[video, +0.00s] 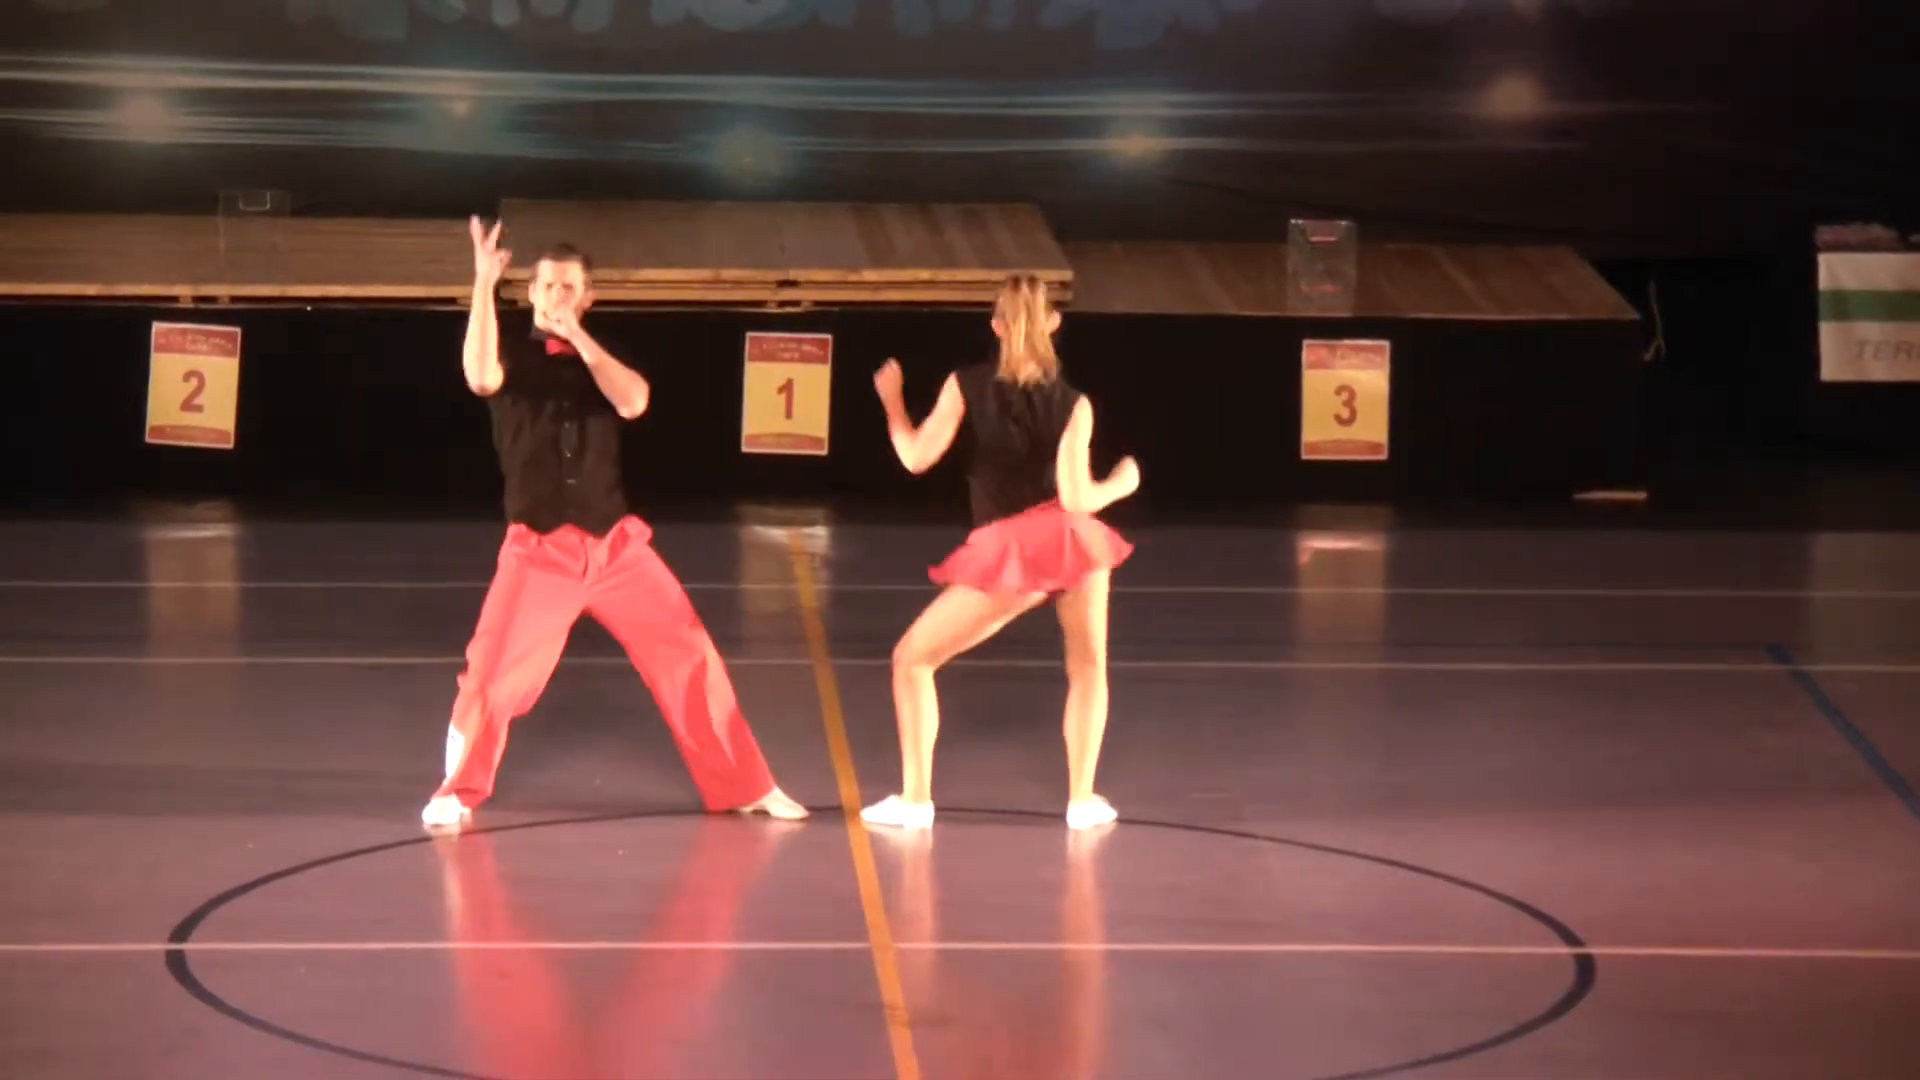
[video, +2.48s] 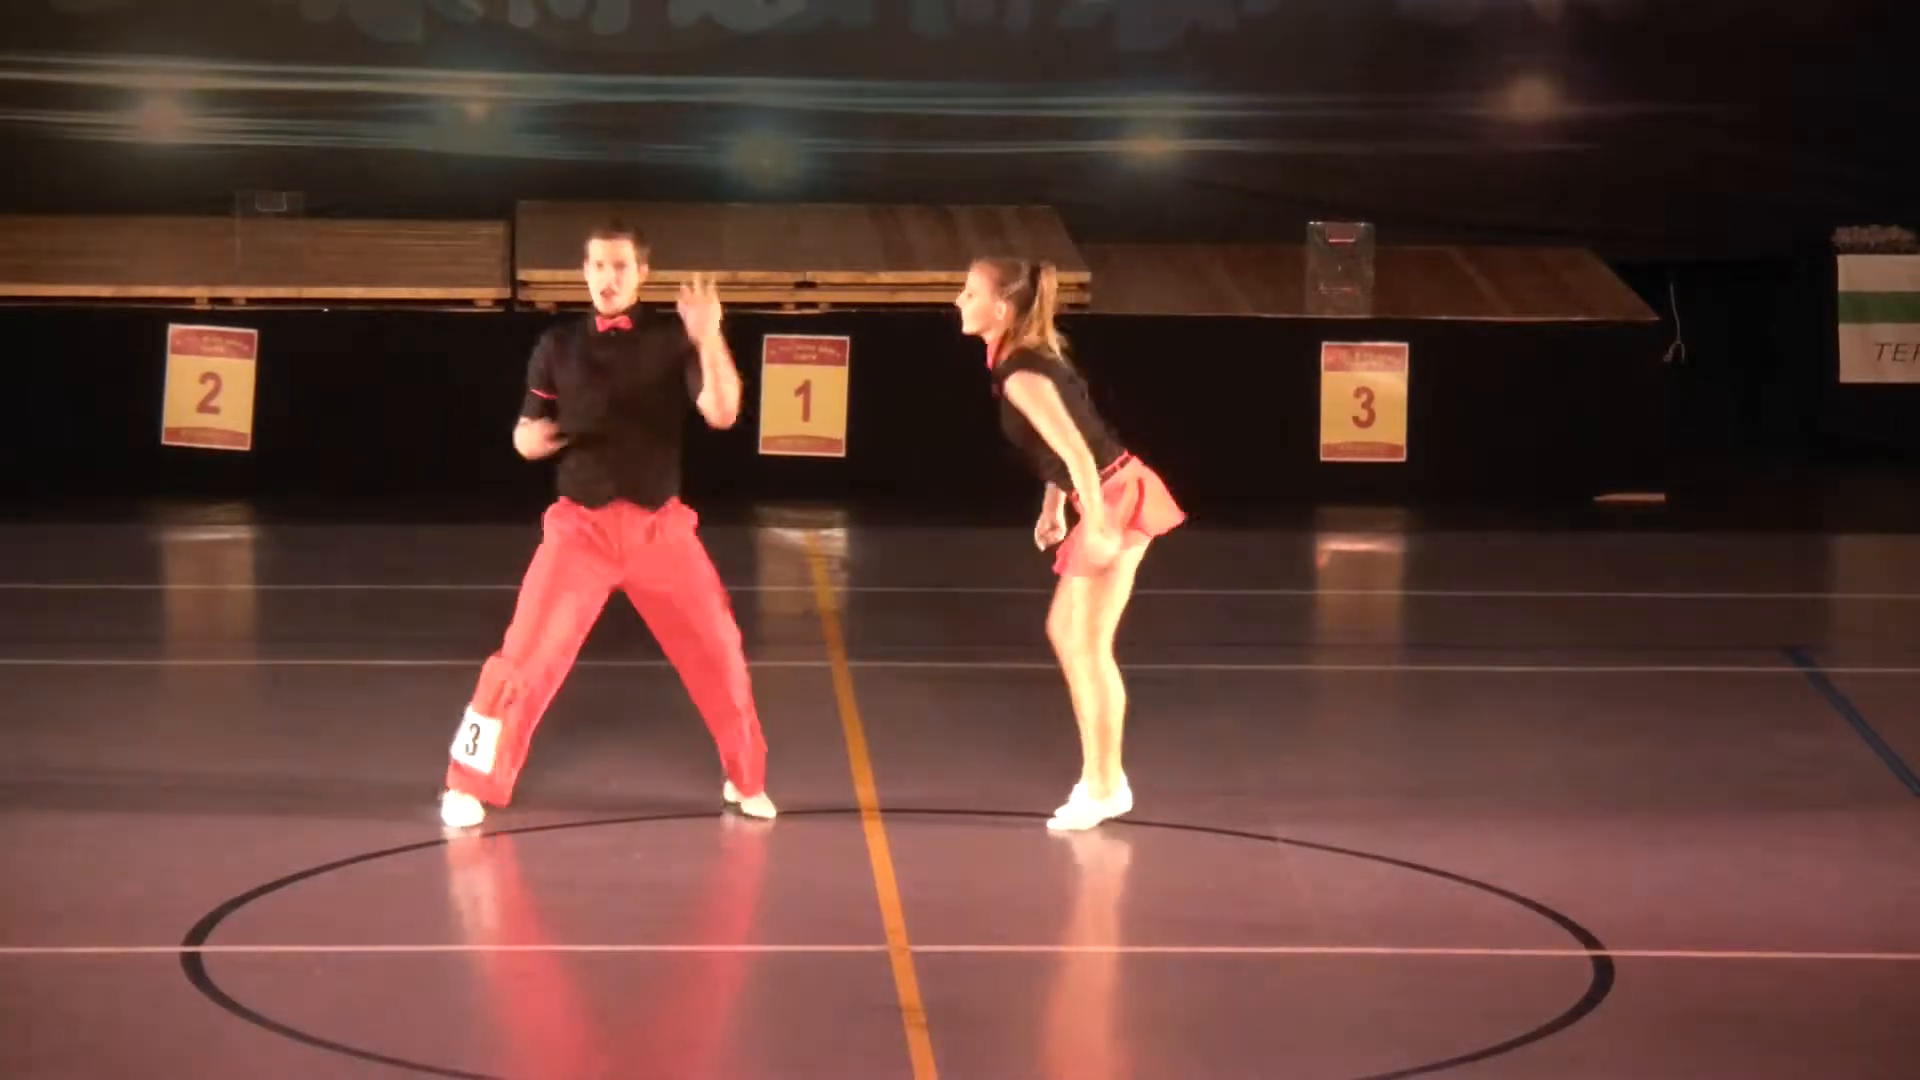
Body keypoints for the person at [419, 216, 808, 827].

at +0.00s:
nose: (558, 295)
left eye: (569, 285)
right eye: (549, 284)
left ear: (586, 296)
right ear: (532, 291)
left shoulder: (600, 358)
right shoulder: (509, 355)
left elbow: (635, 402)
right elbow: (482, 377)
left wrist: (577, 337)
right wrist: (485, 285)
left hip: (618, 547)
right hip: (536, 551)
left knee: (692, 656)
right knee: (489, 673)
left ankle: (748, 786)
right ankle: (456, 796)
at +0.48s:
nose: (541, 322)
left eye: (549, 308)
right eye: (527, 310)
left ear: (563, 311)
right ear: (502, 316)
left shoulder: (596, 371)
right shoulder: (488, 394)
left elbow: (644, 457)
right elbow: (489, 500)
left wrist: (597, 407)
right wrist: (508, 442)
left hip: (620, 551)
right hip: (541, 560)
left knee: (700, 662)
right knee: (507, 686)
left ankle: (766, 790)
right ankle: (465, 799)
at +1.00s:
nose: (644, 327)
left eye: (645, 314)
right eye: (638, 314)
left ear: (607, 313)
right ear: (603, 313)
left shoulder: (616, 376)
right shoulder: (534, 374)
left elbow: (642, 477)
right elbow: (501, 467)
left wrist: (720, 460)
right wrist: (591, 469)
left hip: (640, 550)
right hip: (563, 560)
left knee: (713, 659)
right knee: (526, 686)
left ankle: (772, 791)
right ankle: (468, 800)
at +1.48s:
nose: (607, 309)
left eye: (615, 297)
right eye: (594, 297)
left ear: (628, 304)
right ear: (570, 305)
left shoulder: (656, 375)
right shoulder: (539, 379)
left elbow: (697, 446)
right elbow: (500, 471)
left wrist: (678, 500)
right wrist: (550, 452)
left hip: (655, 561)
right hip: (568, 564)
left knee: (724, 674)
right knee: (519, 679)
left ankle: (776, 799)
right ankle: (470, 799)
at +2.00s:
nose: (610, 290)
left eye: (622, 280)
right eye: (601, 278)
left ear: (641, 291)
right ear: (586, 286)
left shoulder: (663, 347)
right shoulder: (565, 367)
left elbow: (742, 354)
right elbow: (552, 449)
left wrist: (715, 272)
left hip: (652, 541)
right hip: (575, 542)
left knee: (702, 662)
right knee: (507, 659)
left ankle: (771, 778)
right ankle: (496, 798)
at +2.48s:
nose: (608, 277)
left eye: (620, 265)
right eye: (598, 265)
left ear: (641, 273)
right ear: (584, 272)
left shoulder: (673, 341)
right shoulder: (558, 346)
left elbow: (723, 411)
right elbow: (527, 437)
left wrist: (709, 336)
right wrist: (543, 435)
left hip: (662, 526)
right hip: (578, 526)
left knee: (719, 650)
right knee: (529, 651)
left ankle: (746, 782)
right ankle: (469, 788)